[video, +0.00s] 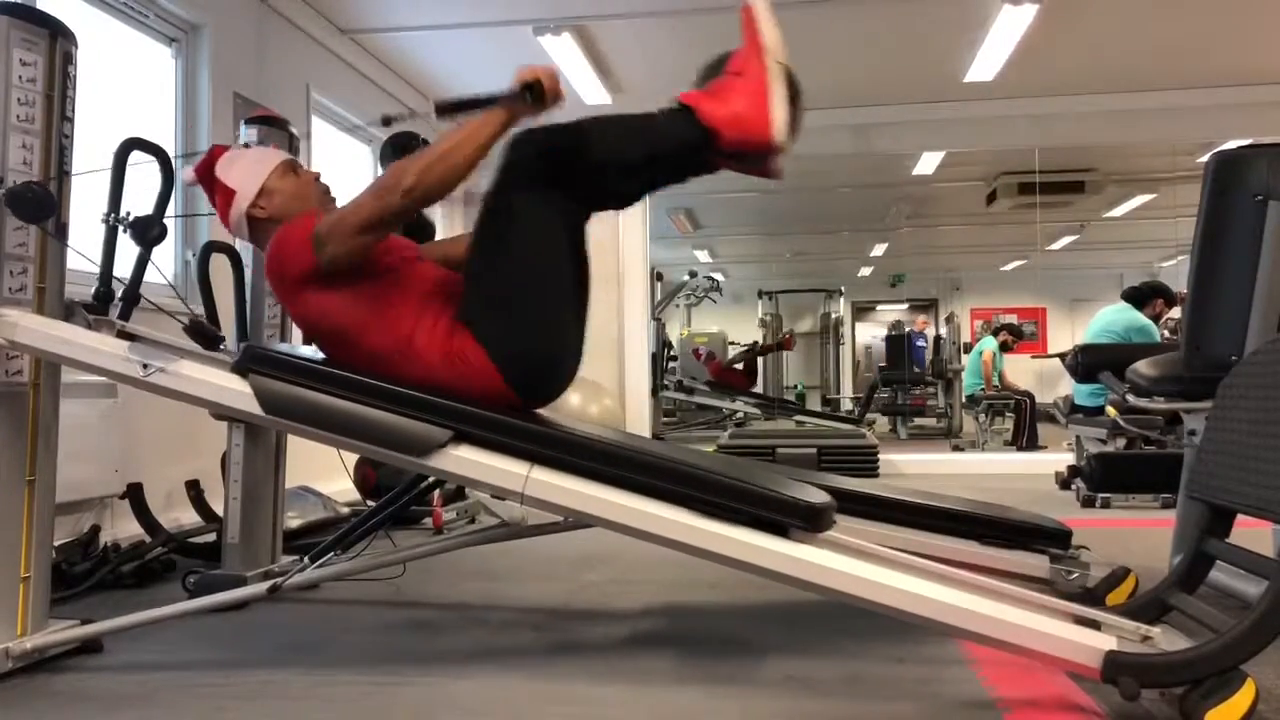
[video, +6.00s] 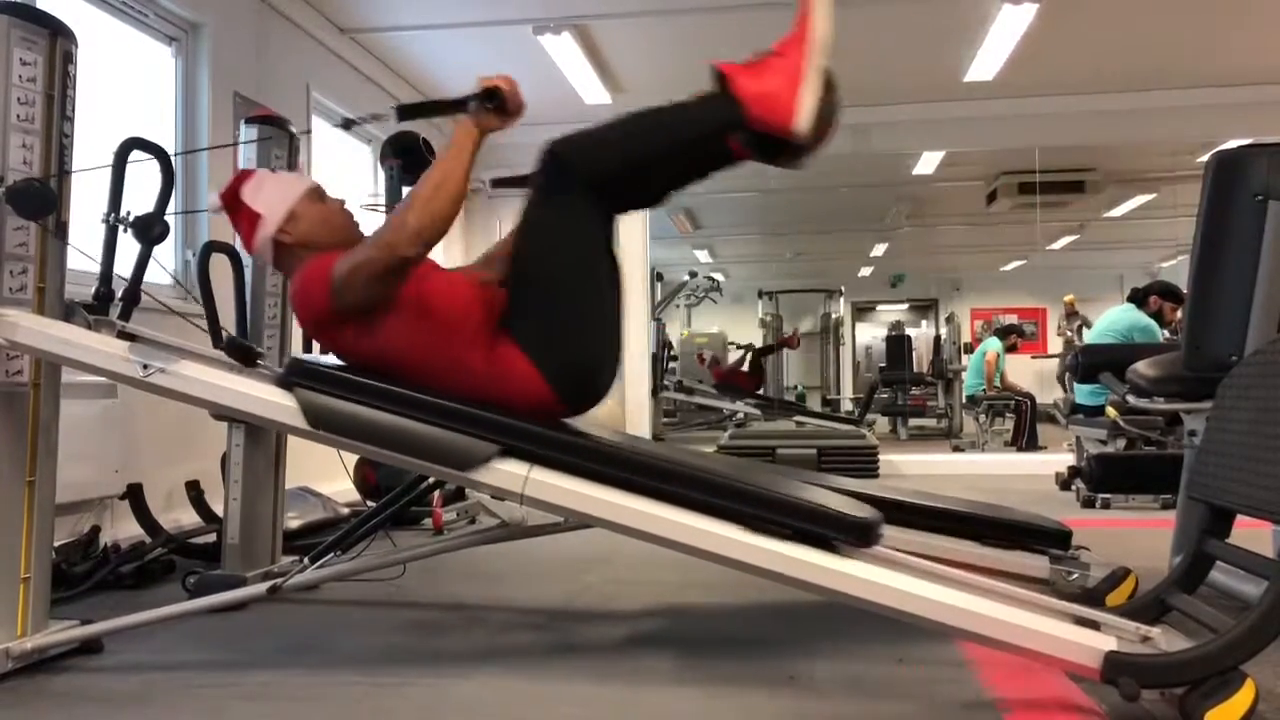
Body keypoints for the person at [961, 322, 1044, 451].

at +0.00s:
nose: (1014, 347)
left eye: (1016, 344)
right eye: (1013, 342)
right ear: (1003, 334)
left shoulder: (998, 352)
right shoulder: (990, 341)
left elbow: (1004, 381)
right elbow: (986, 361)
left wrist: (1018, 389)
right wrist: (989, 390)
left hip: (985, 392)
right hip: (976, 393)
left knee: (1026, 398)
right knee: (1026, 399)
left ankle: (1020, 442)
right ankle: (1025, 444)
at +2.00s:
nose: (1014, 341)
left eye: (1016, 338)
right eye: (1011, 336)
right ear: (1001, 332)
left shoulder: (999, 352)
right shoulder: (991, 341)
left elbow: (1005, 383)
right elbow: (986, 360)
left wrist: (1020, 390)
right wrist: (989, 390)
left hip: (985, 391)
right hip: (976, 392)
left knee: (1027, 398)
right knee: (1025, 400)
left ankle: (1028, 443)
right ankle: (1022, 444)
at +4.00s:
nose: (1015, 343)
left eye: (1017, 339)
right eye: (1016, 338)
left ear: (1008, 337)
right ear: (1009, 336)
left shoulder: (997, 350)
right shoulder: (991, 342)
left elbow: (1004, 382)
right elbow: (987, 361)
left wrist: (1020, 390)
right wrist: (989, 390)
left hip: (984, 392)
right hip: (976, 393)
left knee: (1027, 399)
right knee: (1026, 400)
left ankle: (1020, 441)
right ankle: (1025, 443)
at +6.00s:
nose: (1019, 343)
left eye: (1020, 339)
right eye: (1019, 339)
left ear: (1010, 338)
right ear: (1012, 337)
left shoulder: (999, 350)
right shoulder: (994, 342)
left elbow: (1004, 382)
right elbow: (989, 361)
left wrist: (1020, 390)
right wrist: (990, 390)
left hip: (983, 393)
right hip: (977, 394)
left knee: (1026, 400)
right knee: (1027, 400)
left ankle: (1018, 443)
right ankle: (1026, 445)